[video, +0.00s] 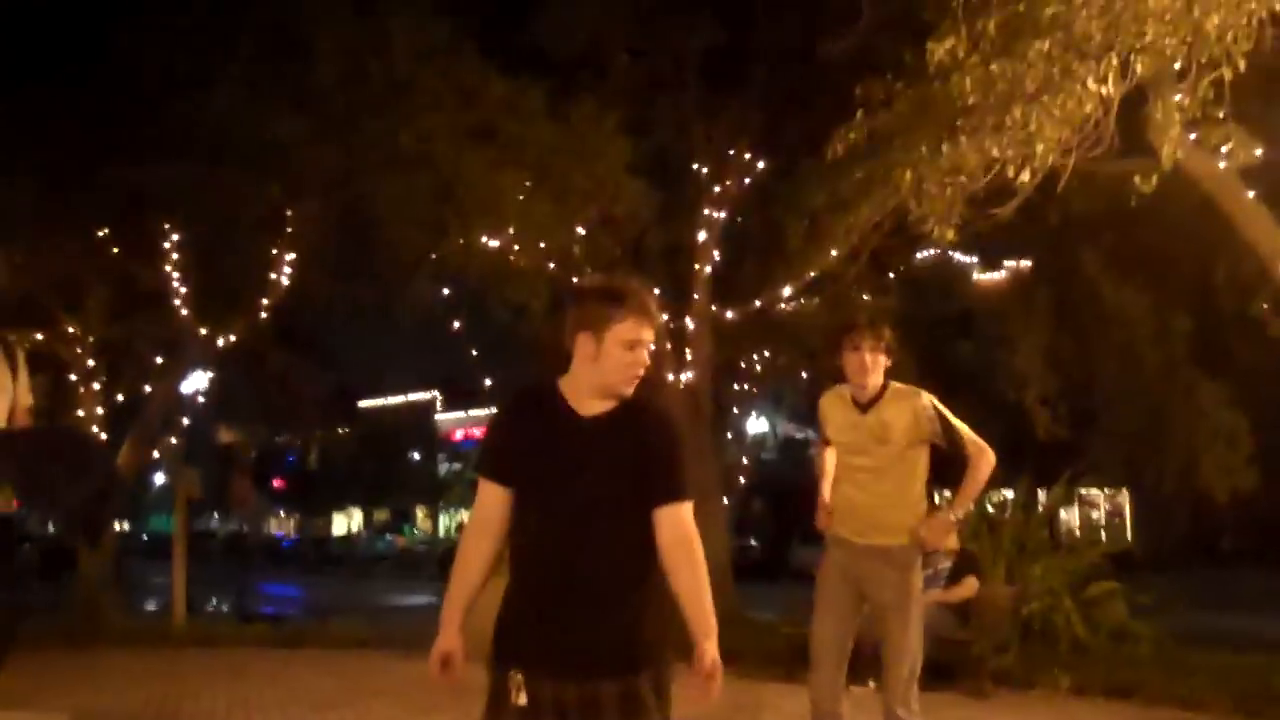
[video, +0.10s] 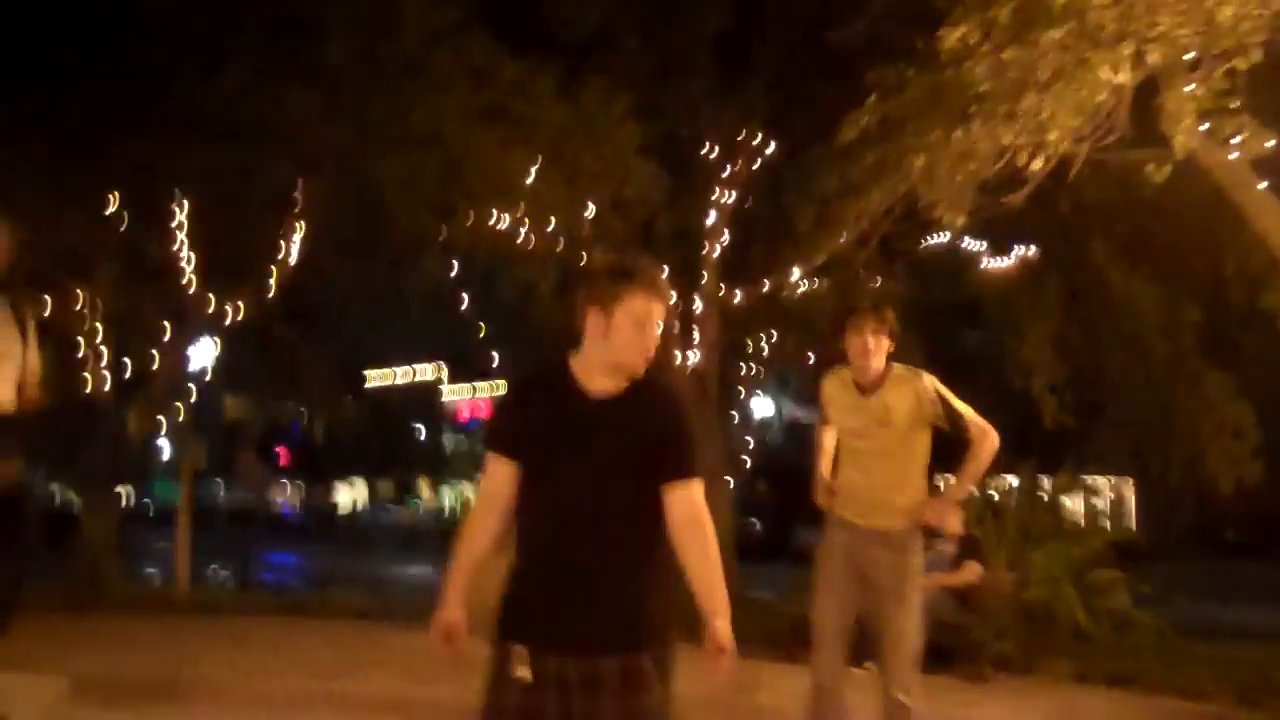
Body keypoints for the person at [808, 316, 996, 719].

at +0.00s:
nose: (863, 361)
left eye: (872, 351)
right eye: (854, 350)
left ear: (886, 359)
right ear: (841, 358)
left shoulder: (917, 405)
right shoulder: (831, 404)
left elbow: (982, 456)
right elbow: (828, 446)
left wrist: (951, 516)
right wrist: (824, 497)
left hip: (898, 557)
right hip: (841, 551)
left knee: (899, 690)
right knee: (823, 681)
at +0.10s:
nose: (865, 347)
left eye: (874, 338)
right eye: (857, 337)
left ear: (888, 344)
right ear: (845, 343)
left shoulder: (918, 387)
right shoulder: (833, 385)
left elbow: (986, 437)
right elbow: (828, 429)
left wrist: (952, 497)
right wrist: (822, 477)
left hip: (899, 539)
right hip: (841, 533)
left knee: (899, 676)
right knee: (825, 662)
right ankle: (826, 715)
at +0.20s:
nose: (846, 349)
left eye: (855, 340)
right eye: (837, 339)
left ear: (867, 348)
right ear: (823, 348)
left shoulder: (898, 394)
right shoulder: (812, 394)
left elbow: (965, 442)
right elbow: (808, 437)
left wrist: (935, 503)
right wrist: (799, 487)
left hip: (880, 544)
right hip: (823, 540)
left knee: (887, 677)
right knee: (817, 675)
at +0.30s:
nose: (831, 365)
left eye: (839, 354)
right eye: (823, 355)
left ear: (856, 358)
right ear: (811, 363)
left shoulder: (887, 401)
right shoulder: (802, 406)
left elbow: (951, 455)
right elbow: (798, 454)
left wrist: (921, 512)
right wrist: (788, 504)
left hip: (871, 553)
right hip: (814, 552)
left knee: (882, 680)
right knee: (813, 678)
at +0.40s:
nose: (825, 356)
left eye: (834, 348)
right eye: (815, 346)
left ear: (847, 356)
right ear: (801, 354)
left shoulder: (876, 399)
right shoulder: (792, 404)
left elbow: (943, 447)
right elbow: (787, 448)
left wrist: (909, 507)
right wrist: (778, 496)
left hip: (862, 549)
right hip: (806, 547)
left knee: (874, 680)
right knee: (808, 674)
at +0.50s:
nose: (817, 350)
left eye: (825, 342)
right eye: (808, 340)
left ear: (837, 353)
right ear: (794, 349)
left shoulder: (866, 396)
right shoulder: (782, 403)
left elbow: (934, 441)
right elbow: (778, 449)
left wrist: (902, 502)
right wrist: (768, 499)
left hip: (857, 547)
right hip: (800, 547)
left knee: (871, 684)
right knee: (807, 679)